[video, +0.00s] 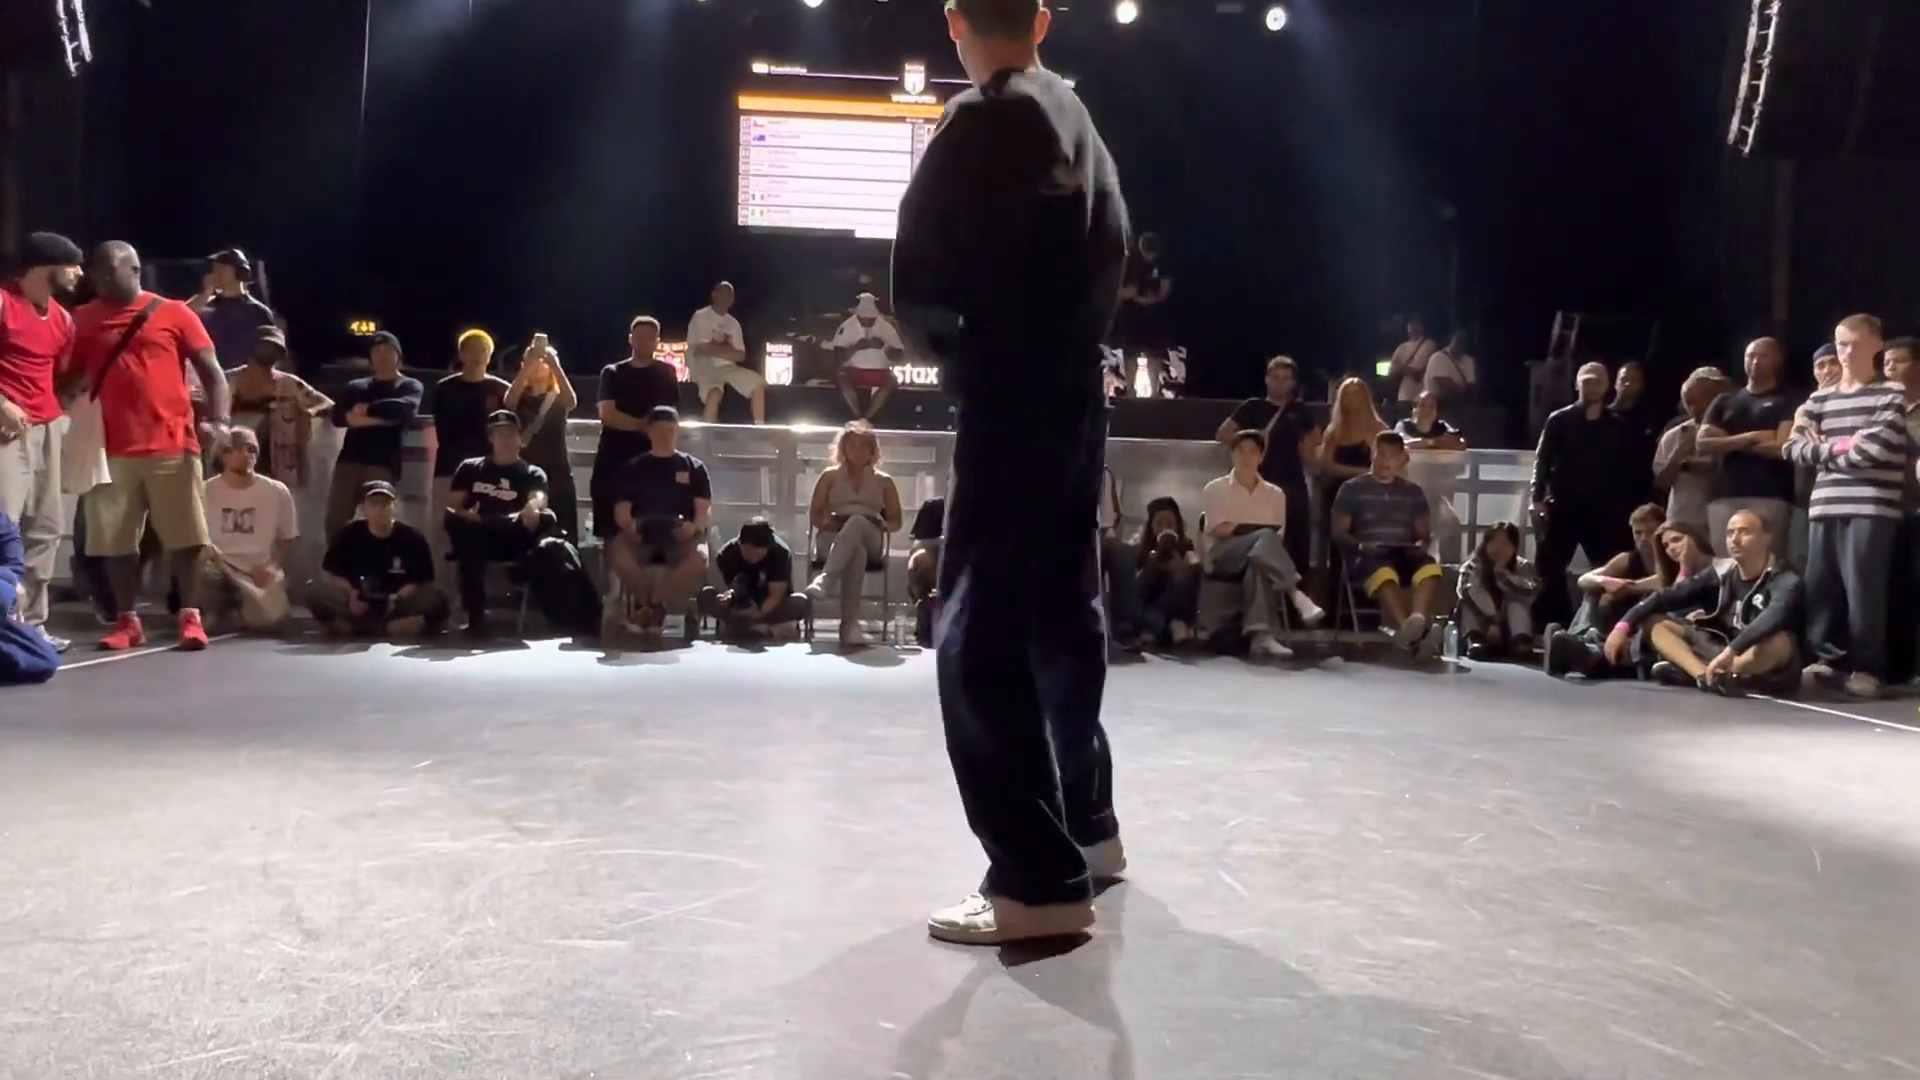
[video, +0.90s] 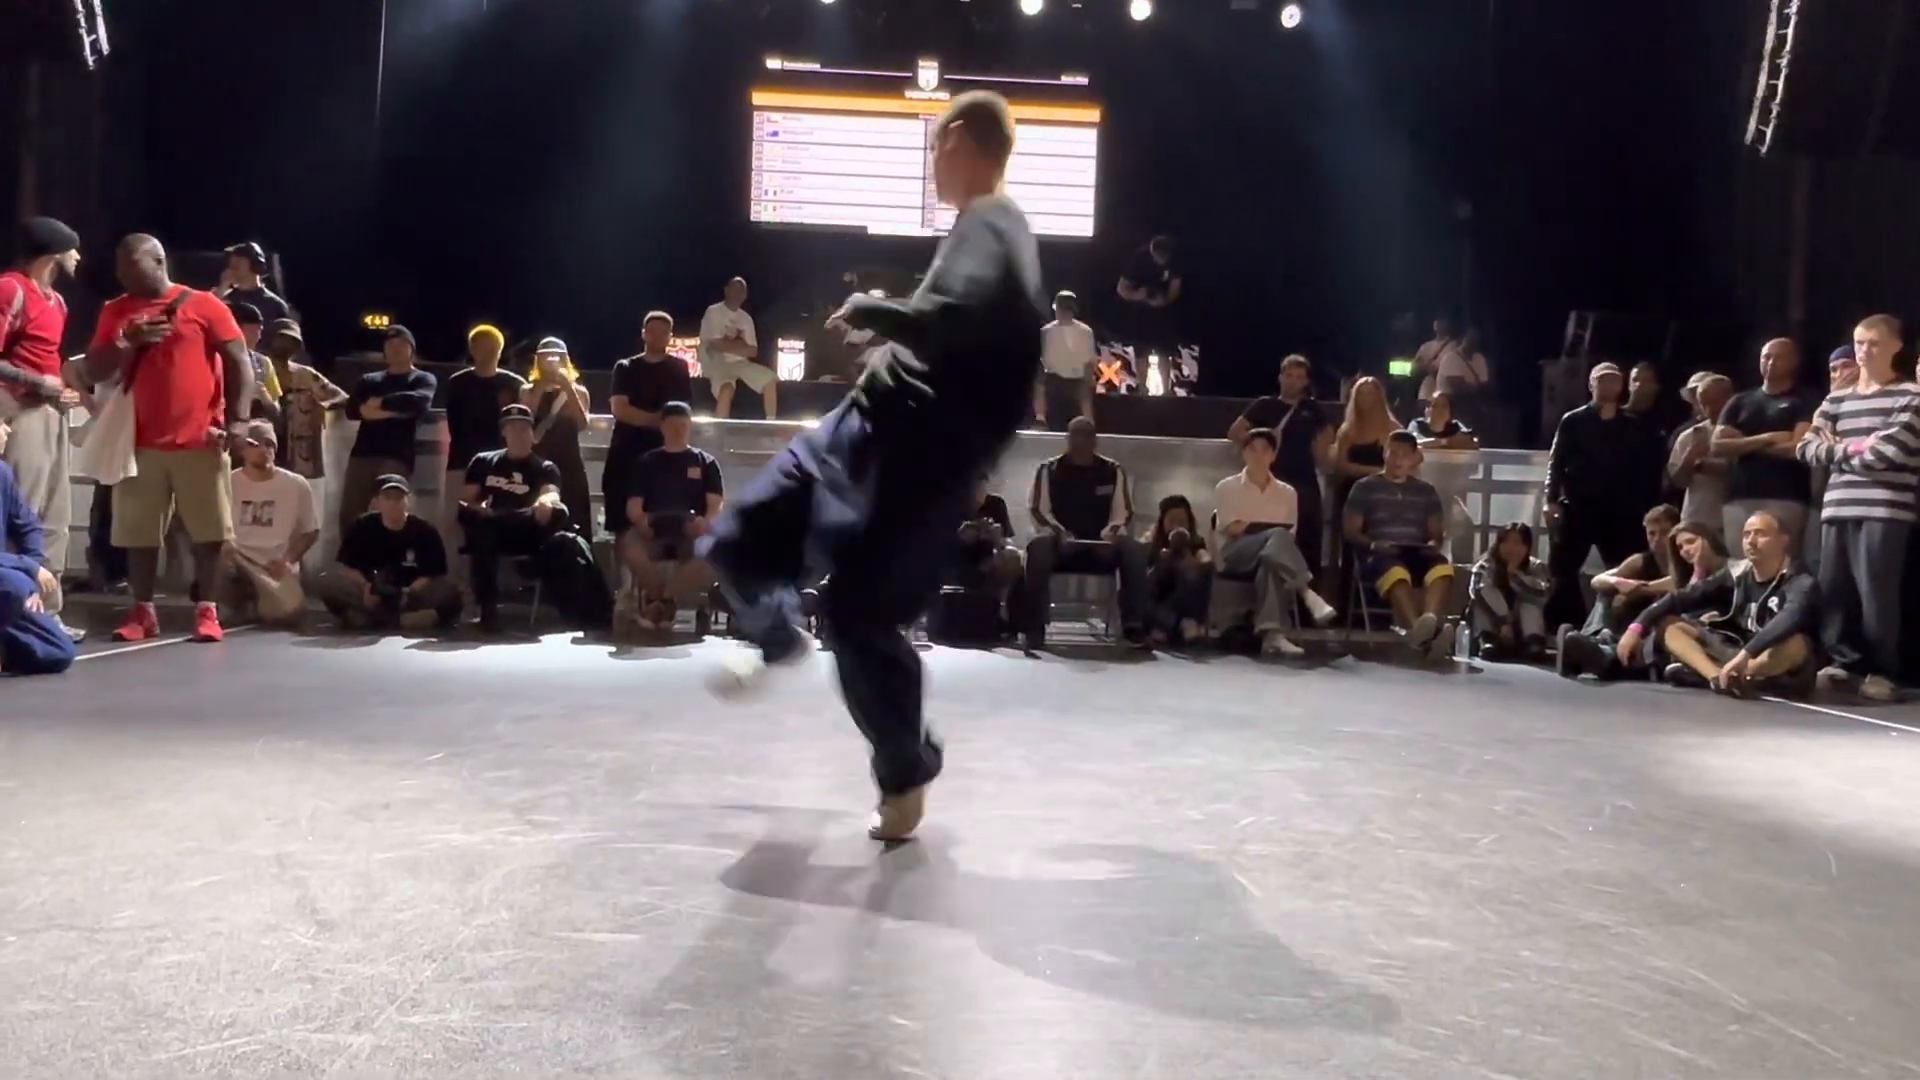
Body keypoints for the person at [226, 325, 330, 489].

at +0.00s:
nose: (269, 353)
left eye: (275, 349)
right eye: (265, 347)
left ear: (280, 355)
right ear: (255, 347)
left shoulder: (288, 383)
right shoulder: (231, 379)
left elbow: (327, 403)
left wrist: (312, 410)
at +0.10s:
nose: (272, 353)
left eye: (278, 349)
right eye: (268, 346)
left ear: (283, 354)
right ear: (258, 347)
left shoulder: (291, 383)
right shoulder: (234, 379)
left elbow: (330, 403)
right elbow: (218, 414)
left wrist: (314, 411)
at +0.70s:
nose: (281, 348)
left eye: (287, 344)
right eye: (277, 341)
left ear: (293, 349)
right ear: (267, 343)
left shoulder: (301, 377)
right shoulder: (249, 372)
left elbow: (339, 399)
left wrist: (321, 406)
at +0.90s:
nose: (285, 345)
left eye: (290, 340)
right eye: (281, 339)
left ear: (296, 345)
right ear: (271, 341)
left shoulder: (306, 374)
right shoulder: (259, 373)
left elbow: (343, 397)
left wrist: (325, 404)